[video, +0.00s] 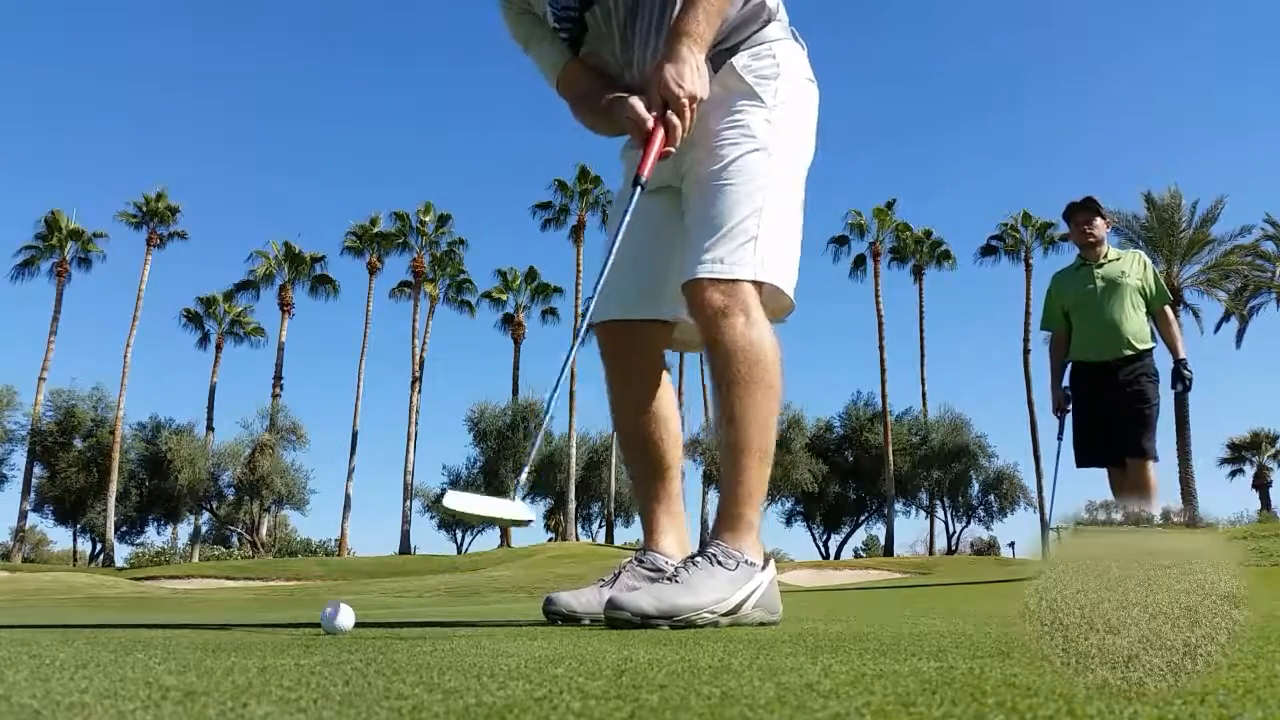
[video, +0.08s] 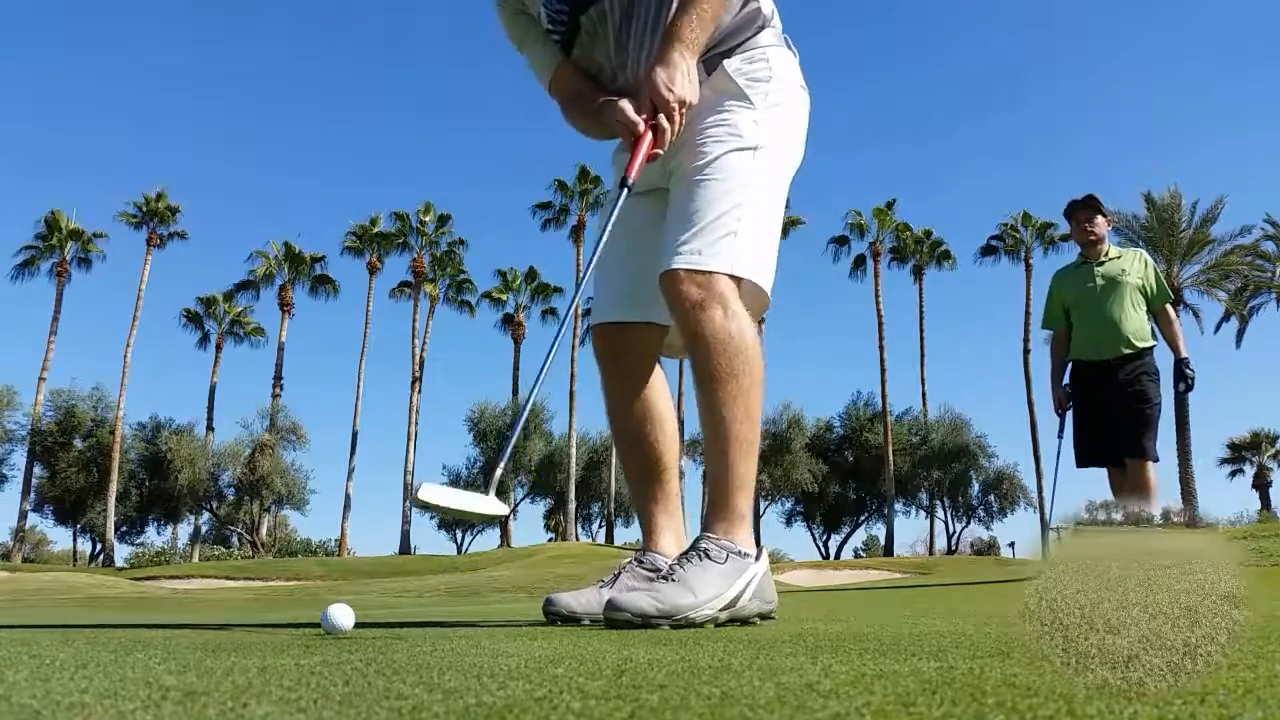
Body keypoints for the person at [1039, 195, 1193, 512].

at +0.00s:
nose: (1086, 228)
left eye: (1091, 221)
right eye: (1078, 225)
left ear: (1106, 224)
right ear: (1070, 234)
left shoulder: (1136, 262)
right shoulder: (1063, 280)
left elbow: (1163, 313)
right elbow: (1059, 337)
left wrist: (1180, 360)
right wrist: (1056, 387)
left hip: (1135, 369)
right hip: (1090, 376)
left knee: (1139, 456)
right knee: (1114, 463)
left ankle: (1150, 529)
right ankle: (1130, 531)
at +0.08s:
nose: (1087, 226)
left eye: (1092, 219)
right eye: (1079, 223)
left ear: (1107, 222)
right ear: (1071, 232)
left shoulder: (1138, 261)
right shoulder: (1064, 278)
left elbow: (1164, 313)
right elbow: (1060, 337)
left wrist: (1182, 358)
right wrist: (1056, 385)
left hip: (1136, 368)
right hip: (1090, 375)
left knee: (1138, 455)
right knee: (1113, 461)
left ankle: (1149, 529)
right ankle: (1130, 530)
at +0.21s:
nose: (1089, 222)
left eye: (1095, 215)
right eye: (1082, 218)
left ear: (1109, 219)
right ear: (1074, 227)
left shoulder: (1140, 258)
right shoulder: (1066, 275)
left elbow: (1165, 309)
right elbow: (1061, 332)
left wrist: (1183, 355)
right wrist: (1057, 381)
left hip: (1136, 365)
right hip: (1090, 371)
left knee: (1139, 454)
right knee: (1112, 460)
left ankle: (1150, 528)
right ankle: (1128, 530)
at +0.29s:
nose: (1090, 220)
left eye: (1096, 213)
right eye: (1082, 216)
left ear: (1111, 217)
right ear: (1075, 226)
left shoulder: (1142, 255)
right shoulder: (1066, 273)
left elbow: (1166, 306)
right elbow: (1062, 330)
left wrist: (1183, 352)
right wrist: (1057, 379)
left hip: (1138, 363)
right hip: (1091, 369)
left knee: (1139, 456)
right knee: (1108, 460)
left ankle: (1148, 531)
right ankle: (1125, 530)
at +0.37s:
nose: (1091, 218)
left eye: (1097, 212)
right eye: (1083, 215)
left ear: (1113, 216)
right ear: (1076, 225)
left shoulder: (1144, 254)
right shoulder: (1067, 272)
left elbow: (1167, 304)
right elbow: (1063, 329)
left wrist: (1182, 347)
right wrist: (1057, 377)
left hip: (1140, 364)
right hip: (1092, 369)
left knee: (1140, 457)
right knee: (1099, 461)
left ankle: (1148, 529)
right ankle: (1122, 524)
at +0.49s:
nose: (1092, 214)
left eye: (1099, 208)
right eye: (1084, 211)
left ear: (1114, 213)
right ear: (1077, 221)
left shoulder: (1144, 251)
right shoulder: (1067, 269)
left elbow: (1167, 298)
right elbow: (1064, 327)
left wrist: (1181, 340)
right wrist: (1058, 375)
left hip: (1141, 362)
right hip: (1092, 367)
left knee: (1140, 458)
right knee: (1094, 460)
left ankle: (1145, 529)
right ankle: (1118, 518)